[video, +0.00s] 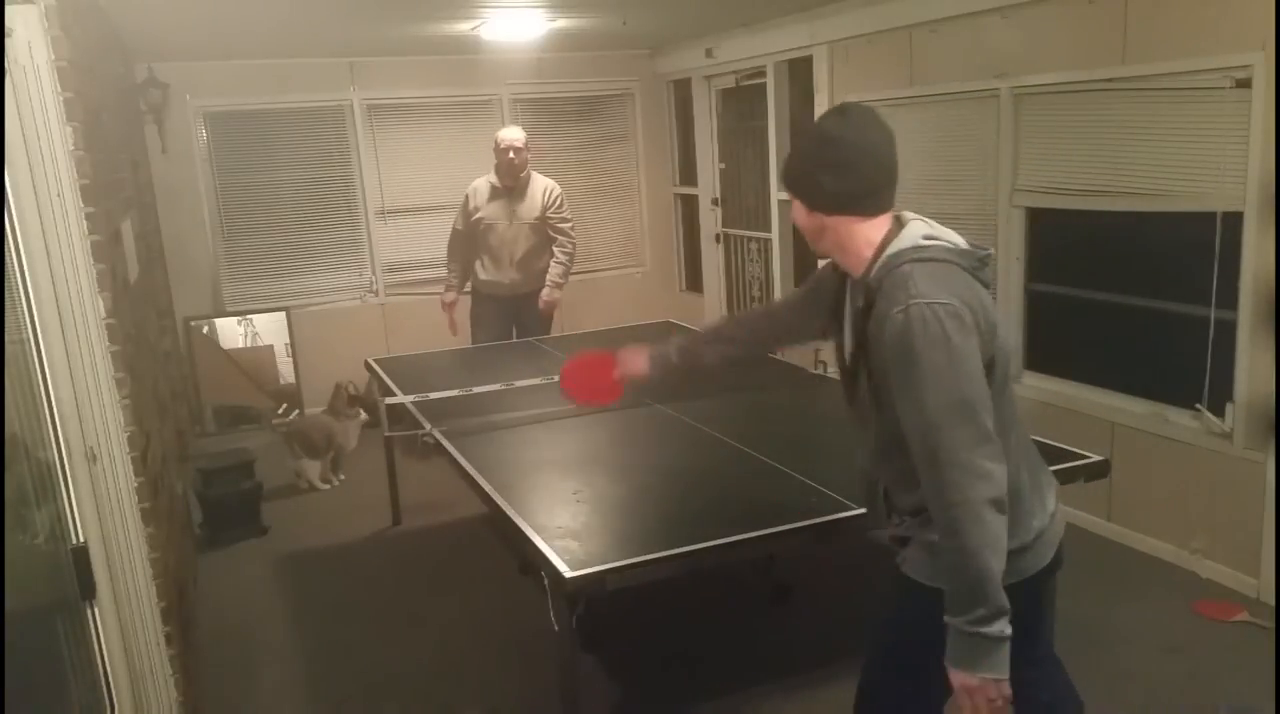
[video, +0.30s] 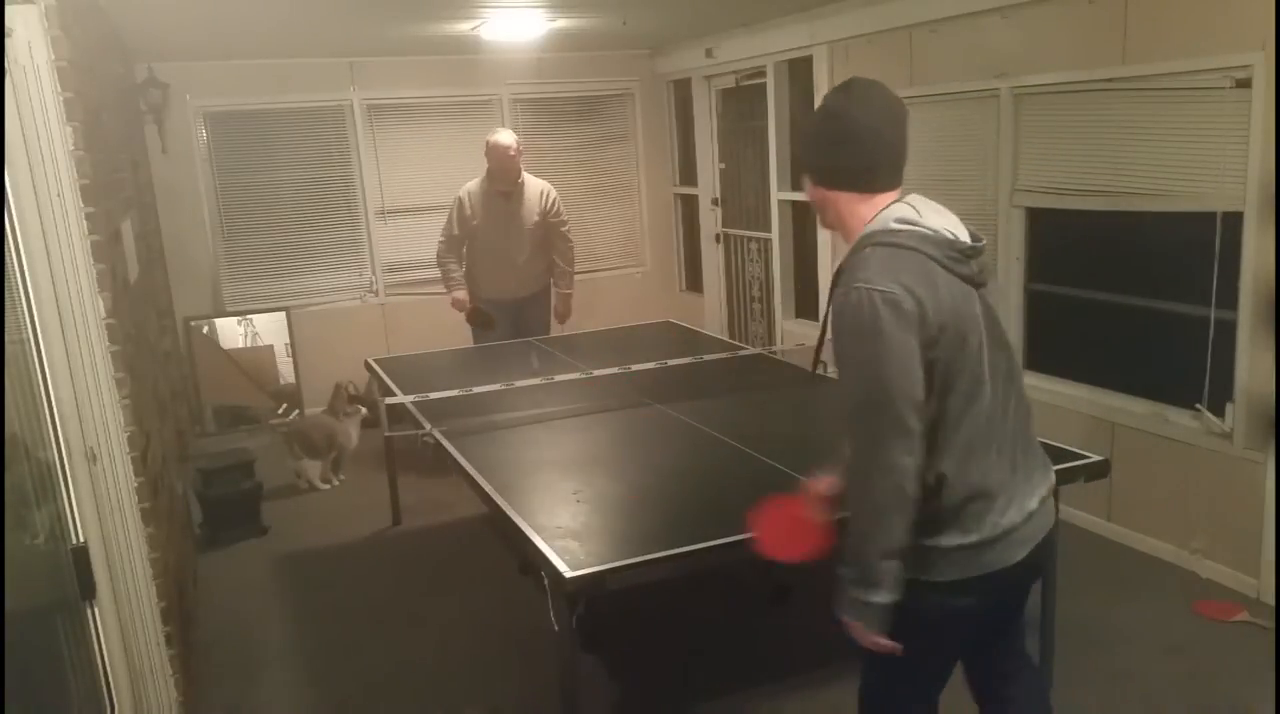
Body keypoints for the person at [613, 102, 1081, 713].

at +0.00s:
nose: (791, 212)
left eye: (792, 199)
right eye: (791, 199)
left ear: (813, 209)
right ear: (875, 190)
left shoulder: (919, 306)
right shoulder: (867, 271)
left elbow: (965, 483)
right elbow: (769, 325)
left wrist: (980, 646)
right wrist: (657, 359)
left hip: (960, 565)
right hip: (1003, 542)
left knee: (890, 699)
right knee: (1034, 686)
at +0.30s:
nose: (807, 194)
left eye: (805, 177)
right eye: (807, 176)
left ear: (817, 184)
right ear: (892, 165)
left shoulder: (874, 284)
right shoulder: (935, 238)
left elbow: (890, 454)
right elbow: (942, 398)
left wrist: (869, 596)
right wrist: (851, 475)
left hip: (955, 558)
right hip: (1020, 527)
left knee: (894, 699)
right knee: (1009, 685)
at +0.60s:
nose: (872, 160)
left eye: (874, 145)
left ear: (879, 154)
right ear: (963, 147)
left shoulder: (883, 276)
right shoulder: (1040, 250)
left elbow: (839, 431)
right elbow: (1033, 385)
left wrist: (773, 529)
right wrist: (913, 477)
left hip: (934, 561)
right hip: (1044, 545)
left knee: (887, 700)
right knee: (1044, 695)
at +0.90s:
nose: (891, 168)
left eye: (893, 153)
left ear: (899, 160)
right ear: (986, 154)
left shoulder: (882, 271)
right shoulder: (1063, 261)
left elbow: (846, 424)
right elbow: (1076, 395)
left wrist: (820, 527)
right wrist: (1005, 448)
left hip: (911, 563)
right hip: (1034, 555)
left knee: (872, 703)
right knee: (1041, 698)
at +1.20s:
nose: (879, 189)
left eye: (880, 176)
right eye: (881, 174)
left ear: (889, 181)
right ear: (970, 165)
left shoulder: (882, 281)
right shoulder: (1046, 259)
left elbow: (834, 426)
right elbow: (1048, 389)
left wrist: (809, 516)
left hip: (932, 570)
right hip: (1051, 561)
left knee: (884, 704)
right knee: (1055, 699)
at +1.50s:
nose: (905, 189)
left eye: (906, 174)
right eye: (905, 173)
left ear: (919, 182)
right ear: (991, 168)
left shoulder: (941, 291)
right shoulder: (1039, 247)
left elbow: (917, 459)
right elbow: (953, 333)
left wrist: (860, 567)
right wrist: (837, 339)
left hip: (973, 569)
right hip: (1069, 556)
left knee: (891, 702)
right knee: (1045, 693)